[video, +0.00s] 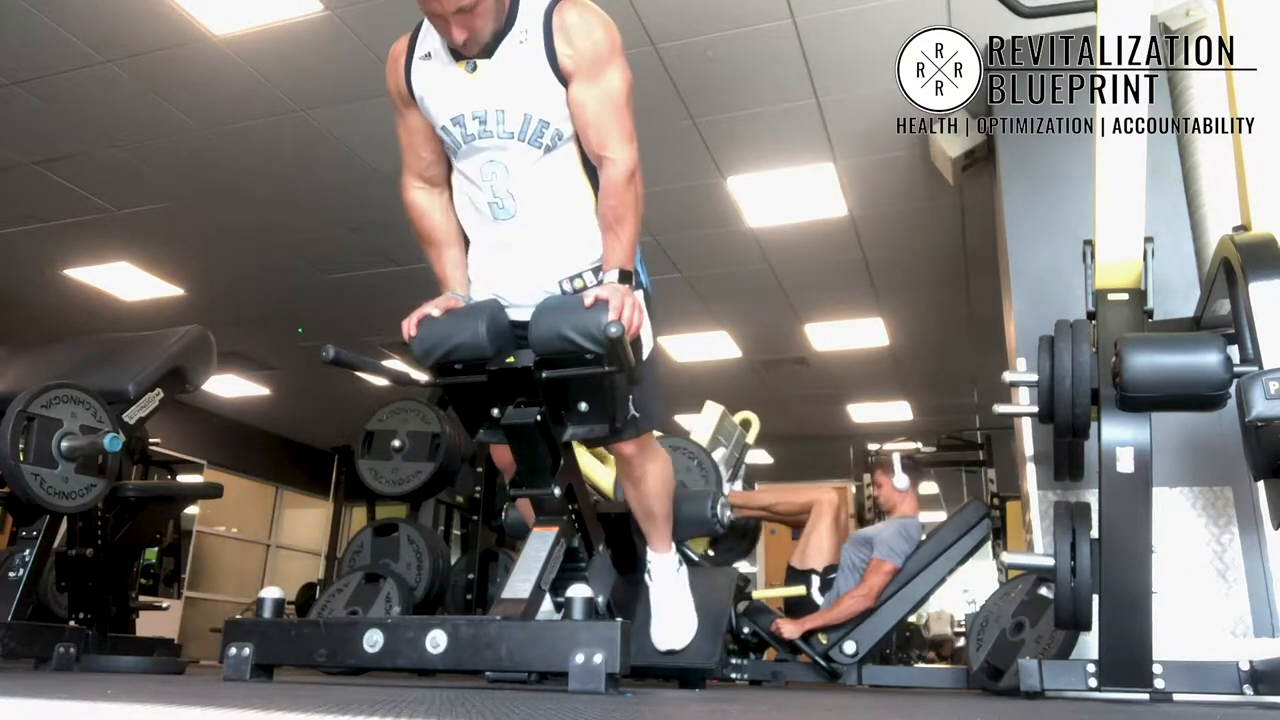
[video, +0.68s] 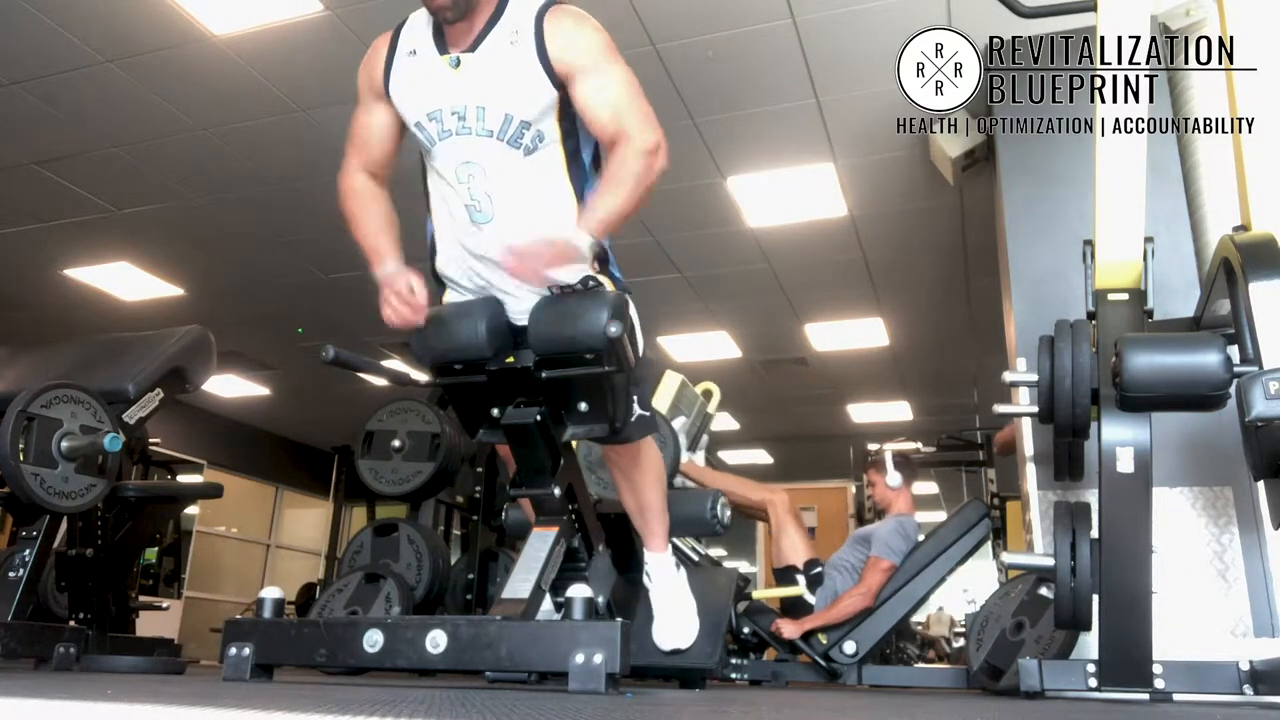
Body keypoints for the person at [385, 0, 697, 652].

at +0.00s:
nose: (454, 31)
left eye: (466, 10)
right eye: (438, 16)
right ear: (420, 7)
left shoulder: (574, 27)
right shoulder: (409, 61)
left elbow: (617, 160)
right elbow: (424, 180)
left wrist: (618, 277)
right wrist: (453, 287)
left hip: (588, 277)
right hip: (491, 292)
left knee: (630, 437)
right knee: (503, 444)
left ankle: (663, 566)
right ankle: (553, 552)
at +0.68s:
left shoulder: (559, 30)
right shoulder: (388, 58)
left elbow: (642, 143)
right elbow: (363, 173)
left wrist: (583, 235)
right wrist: (389, 267)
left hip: (572, 288)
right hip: (472, 297)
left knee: (621, 418)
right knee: (503, 430)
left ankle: (658, 562)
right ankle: (546, 536)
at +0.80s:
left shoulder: (556, 25)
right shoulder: (386, 52)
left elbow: (599, 128)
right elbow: (333, 157)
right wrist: (375, 199)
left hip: (573, 286)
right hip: (471, 295)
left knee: (624, 421)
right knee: (508, 435)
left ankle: (659, 561)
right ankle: (546, 538)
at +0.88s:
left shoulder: (551, 17)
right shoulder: (383, 48)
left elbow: (560, 110)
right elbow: (325, 155)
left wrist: (449, 115)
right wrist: (388, 138)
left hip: (572, 283)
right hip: (471, 299)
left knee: (626, 423)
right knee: (509, 440)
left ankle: (659, 561)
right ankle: (545, 543)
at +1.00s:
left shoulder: (553, 10)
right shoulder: (394, 40)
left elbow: (493, 83)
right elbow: (327, 114)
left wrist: (387, 60)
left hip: (577, 284)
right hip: (476, 302)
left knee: (627, 423)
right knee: (514, 443)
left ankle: (659, 559)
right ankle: (545, 548)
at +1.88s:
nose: (364, 12)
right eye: (353, 2)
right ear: (344, 10)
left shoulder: (513, 41)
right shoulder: (349, 70)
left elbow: (454, 155)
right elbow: (285, 184)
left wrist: (337, 111)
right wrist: (394, 82)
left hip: (575, 291)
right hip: (475, 307)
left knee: (628, 422)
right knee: (519, 443)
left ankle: (660, 563)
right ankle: (553, 541)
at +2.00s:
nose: (345, 72)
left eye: (361, 44)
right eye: (327, 53)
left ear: (411, 18)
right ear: (315, 46)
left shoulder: (497, 83)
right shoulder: (318, 125)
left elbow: (453, 231)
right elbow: (284, 264)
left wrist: (332, 178)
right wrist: (386, 154)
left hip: (572, 292)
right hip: (469, 310)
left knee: (626, 414)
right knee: (507, 440)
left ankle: (660, 565)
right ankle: (553, 537)